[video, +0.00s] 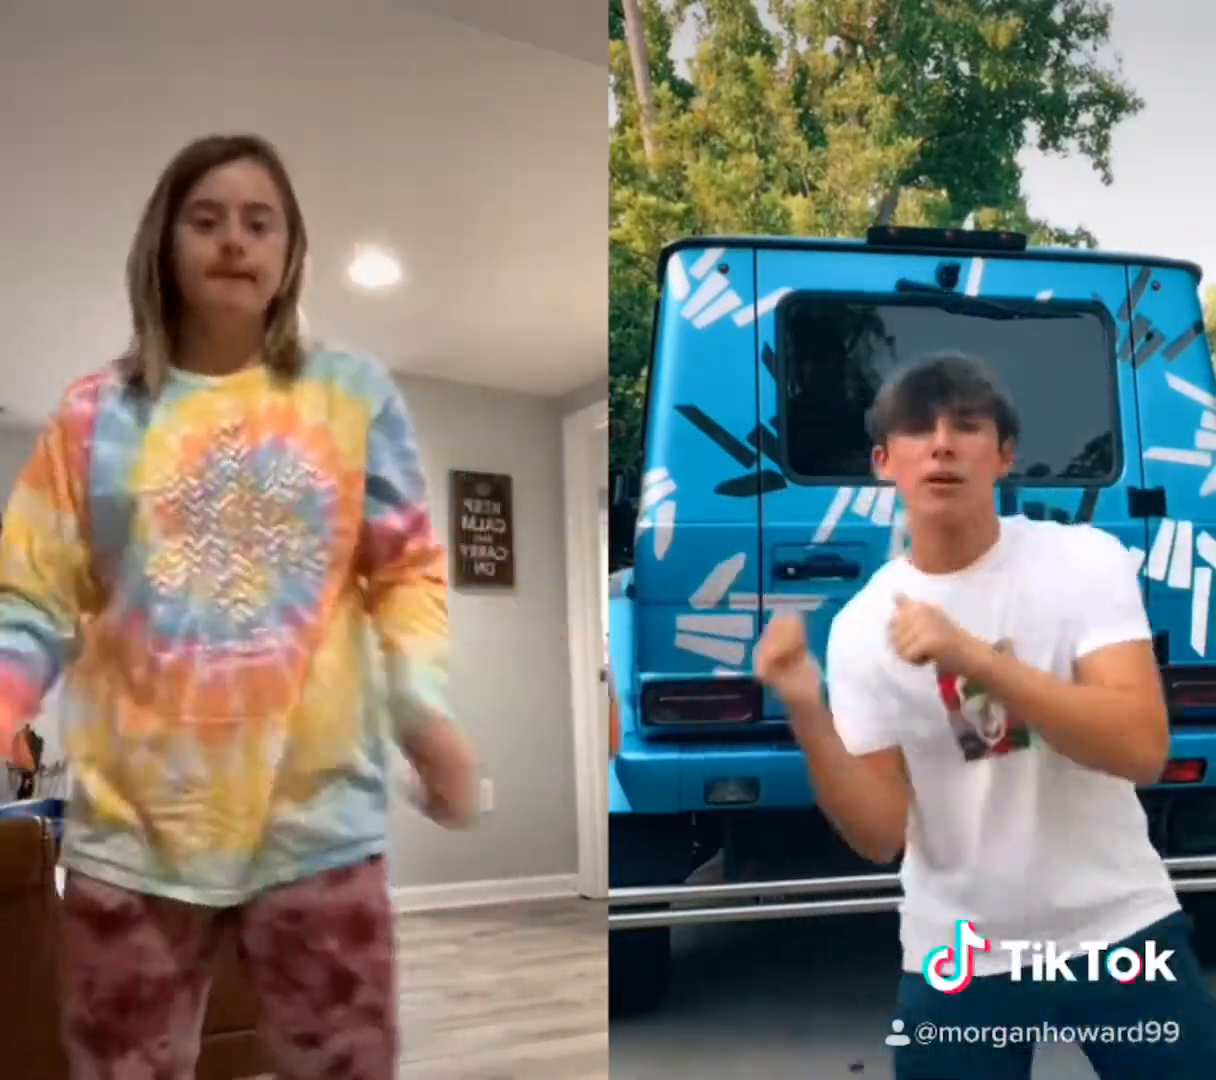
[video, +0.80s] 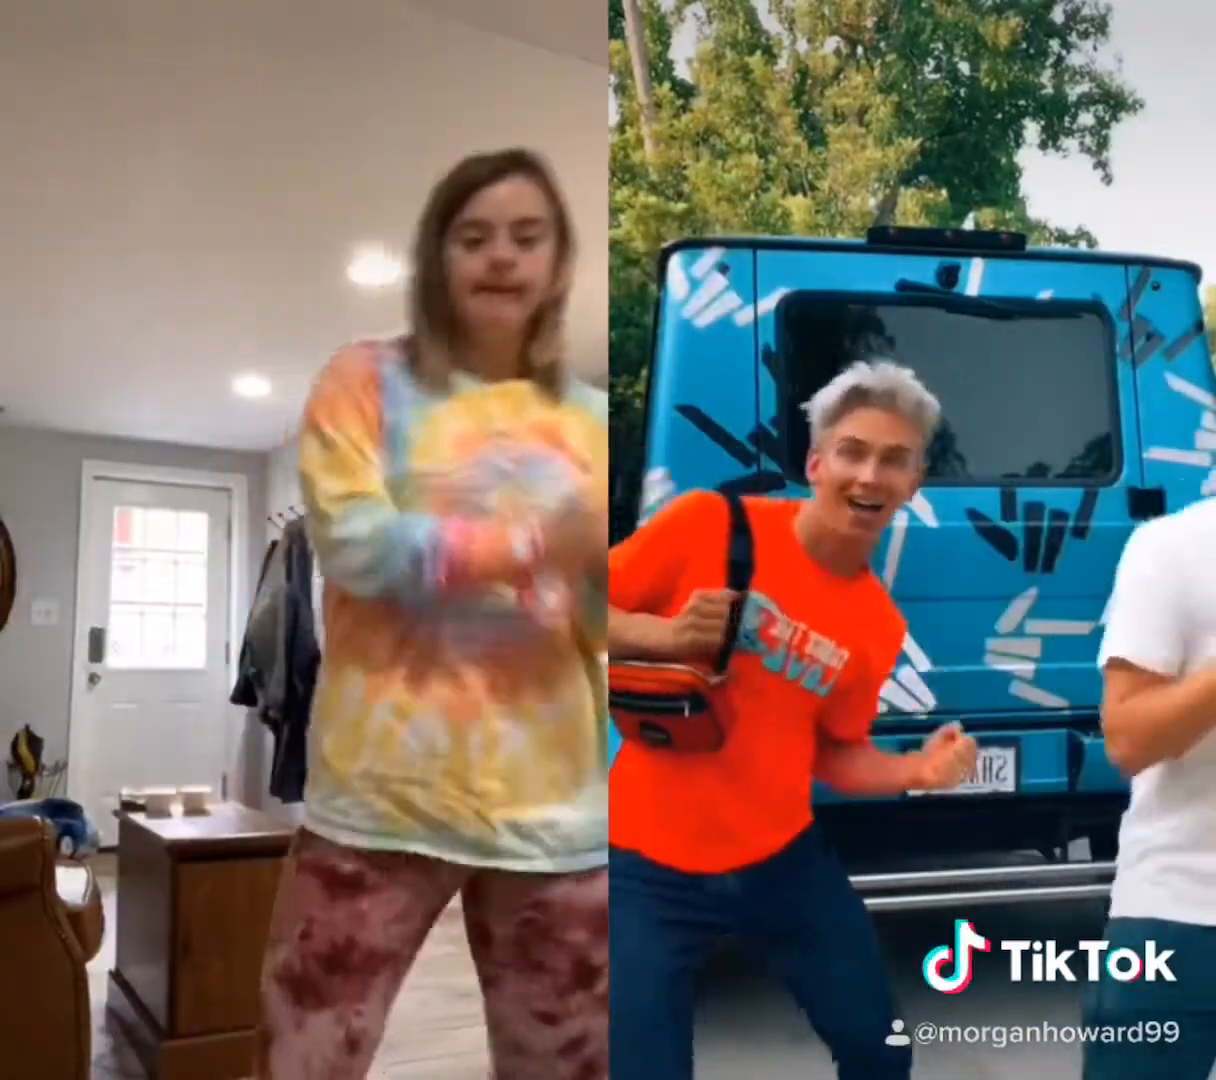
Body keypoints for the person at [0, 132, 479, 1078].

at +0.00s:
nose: (234, 241)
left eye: (261, 221)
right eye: (206, 219)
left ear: (291, 253)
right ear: (165, 246)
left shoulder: (357, 399)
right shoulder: (99, 413)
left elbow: (407, 573)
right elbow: (33, 604)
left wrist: (421, 709)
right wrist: (5, 720)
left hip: (319, 831)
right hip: (132, 836)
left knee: (346, 1065)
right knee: (122, 1069)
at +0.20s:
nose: (293, 258)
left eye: (319, 239)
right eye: (266, 236)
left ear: (354, 272)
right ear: (225, 265)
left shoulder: (423, 409)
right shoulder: (169, 440)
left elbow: (478, 604)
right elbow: (107, 636)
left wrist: (482, 774)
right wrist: (31, 734)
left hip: (416, 843)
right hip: (233, 850)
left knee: (459, 1069)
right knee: (193, 1067)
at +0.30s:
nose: (336, 277)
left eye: (363, 257)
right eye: (309, 256)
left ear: (394, 285)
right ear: (270, 282)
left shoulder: (469, 420)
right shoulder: (219, 458)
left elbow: (501, 629)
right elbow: (188, 657)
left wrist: (478, 813)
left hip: (470, 853)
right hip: (291, 864)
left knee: (509, 1070)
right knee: (233, 1068)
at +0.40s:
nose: (373, 270)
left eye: (398, 249)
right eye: (347, 248)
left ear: (431, 273)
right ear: (307, 273)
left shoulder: (500, 383)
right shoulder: (259, 454)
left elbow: (522, 587)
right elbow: (265, 643)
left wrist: (435, 738)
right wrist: (301, 783)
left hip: (504, 835)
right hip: (332, 843)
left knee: (523, 1068)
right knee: (280, 1064)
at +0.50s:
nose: (400, 260)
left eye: (425, 238)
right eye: (372, 238)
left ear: (455, 265)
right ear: (331, 263)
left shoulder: (527, 382)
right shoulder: (282, 440)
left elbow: (572, 558)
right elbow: (286, 607)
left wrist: (452, 593)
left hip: (529, 814)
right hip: (358, 816)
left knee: (532, 1066)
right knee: (300, 1064)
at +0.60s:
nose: (427, 278)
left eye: (453, 257)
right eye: (400, 256)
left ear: (483, 283)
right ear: (362, 279)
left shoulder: (549, 424)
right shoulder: (299, 432)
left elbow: (589, 624)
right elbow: (302, 602)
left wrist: (525, 508)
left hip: (547, 838)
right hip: (384, 834)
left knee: (557, 1072)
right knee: (306, 1073)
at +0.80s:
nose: (501, 257)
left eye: (528, 237)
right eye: (474, 236)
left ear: (559, 264)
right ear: (436, 257)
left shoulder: (588, 419)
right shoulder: (363, 379)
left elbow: (592, 603)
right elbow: (353, 549)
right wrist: (511, 550)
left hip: (549, 803)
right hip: (379, 794)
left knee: (564, 1065)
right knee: (311, 1060)